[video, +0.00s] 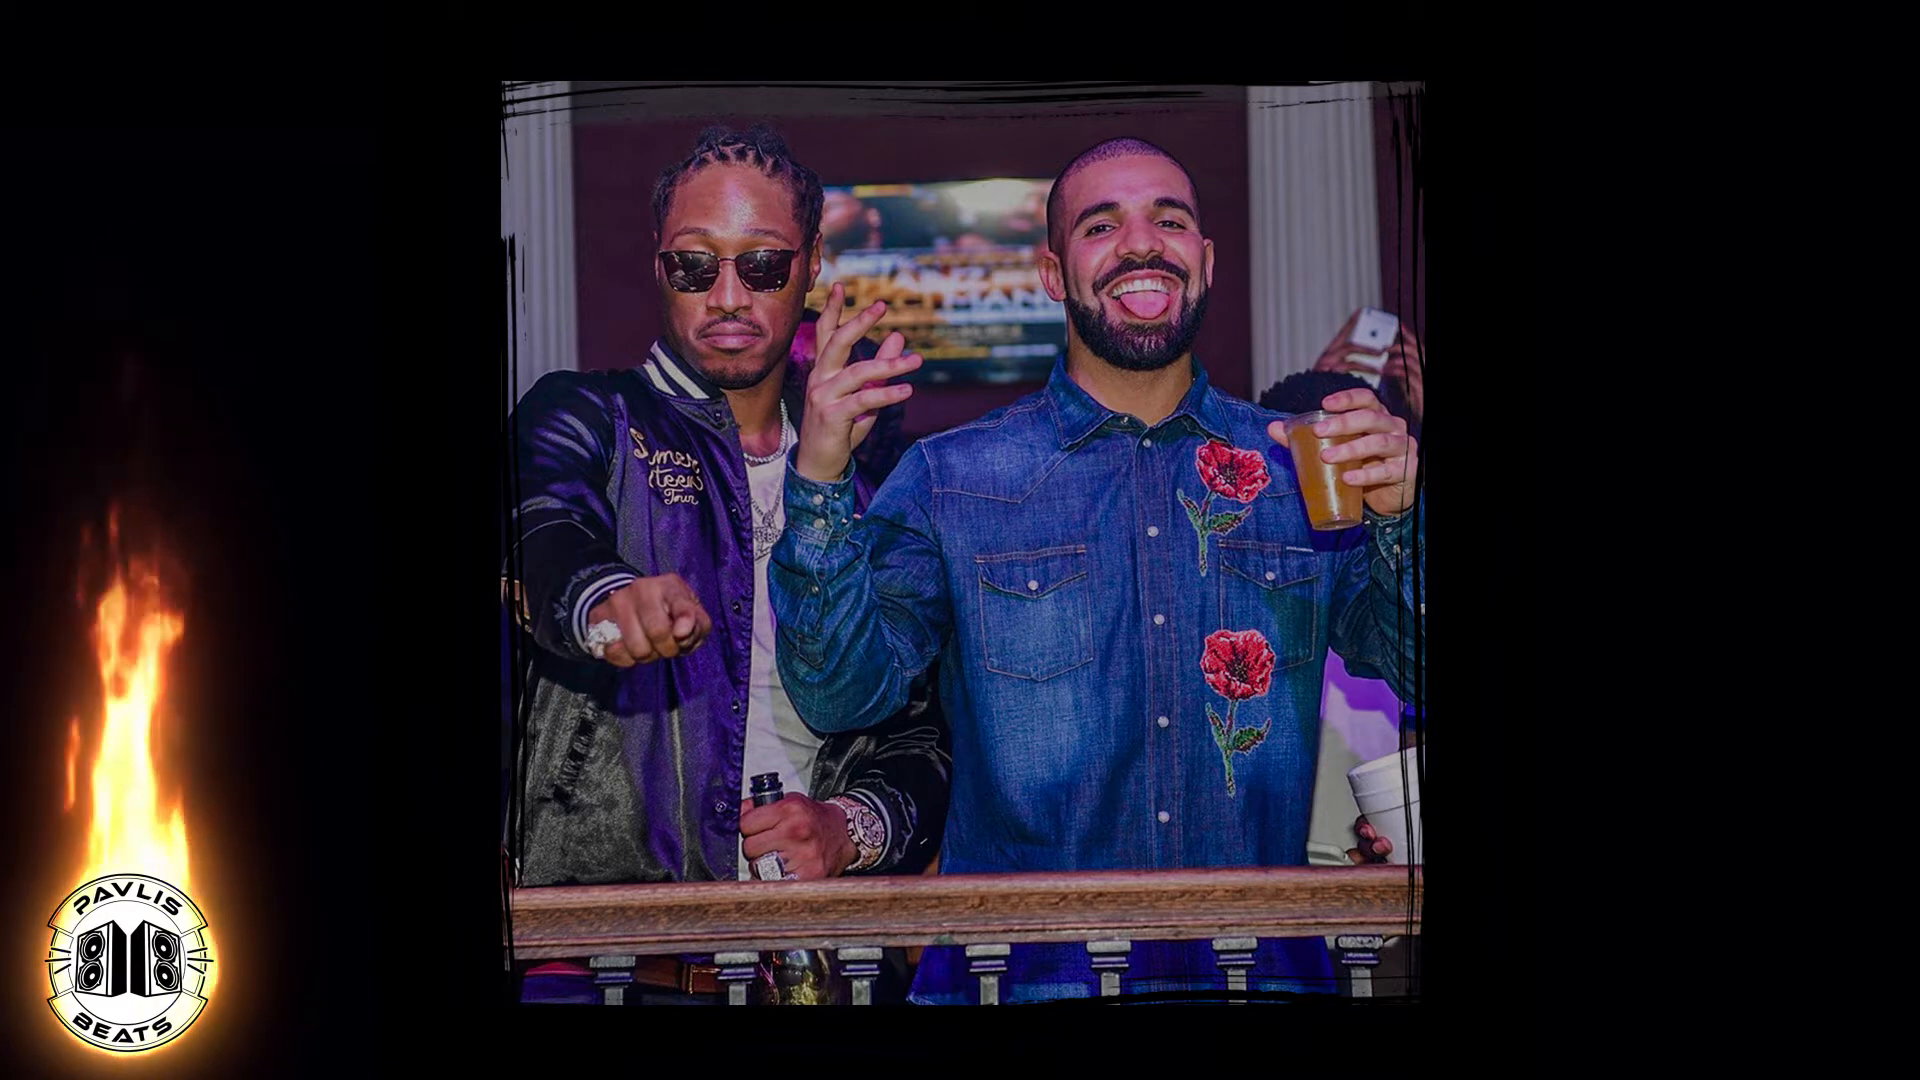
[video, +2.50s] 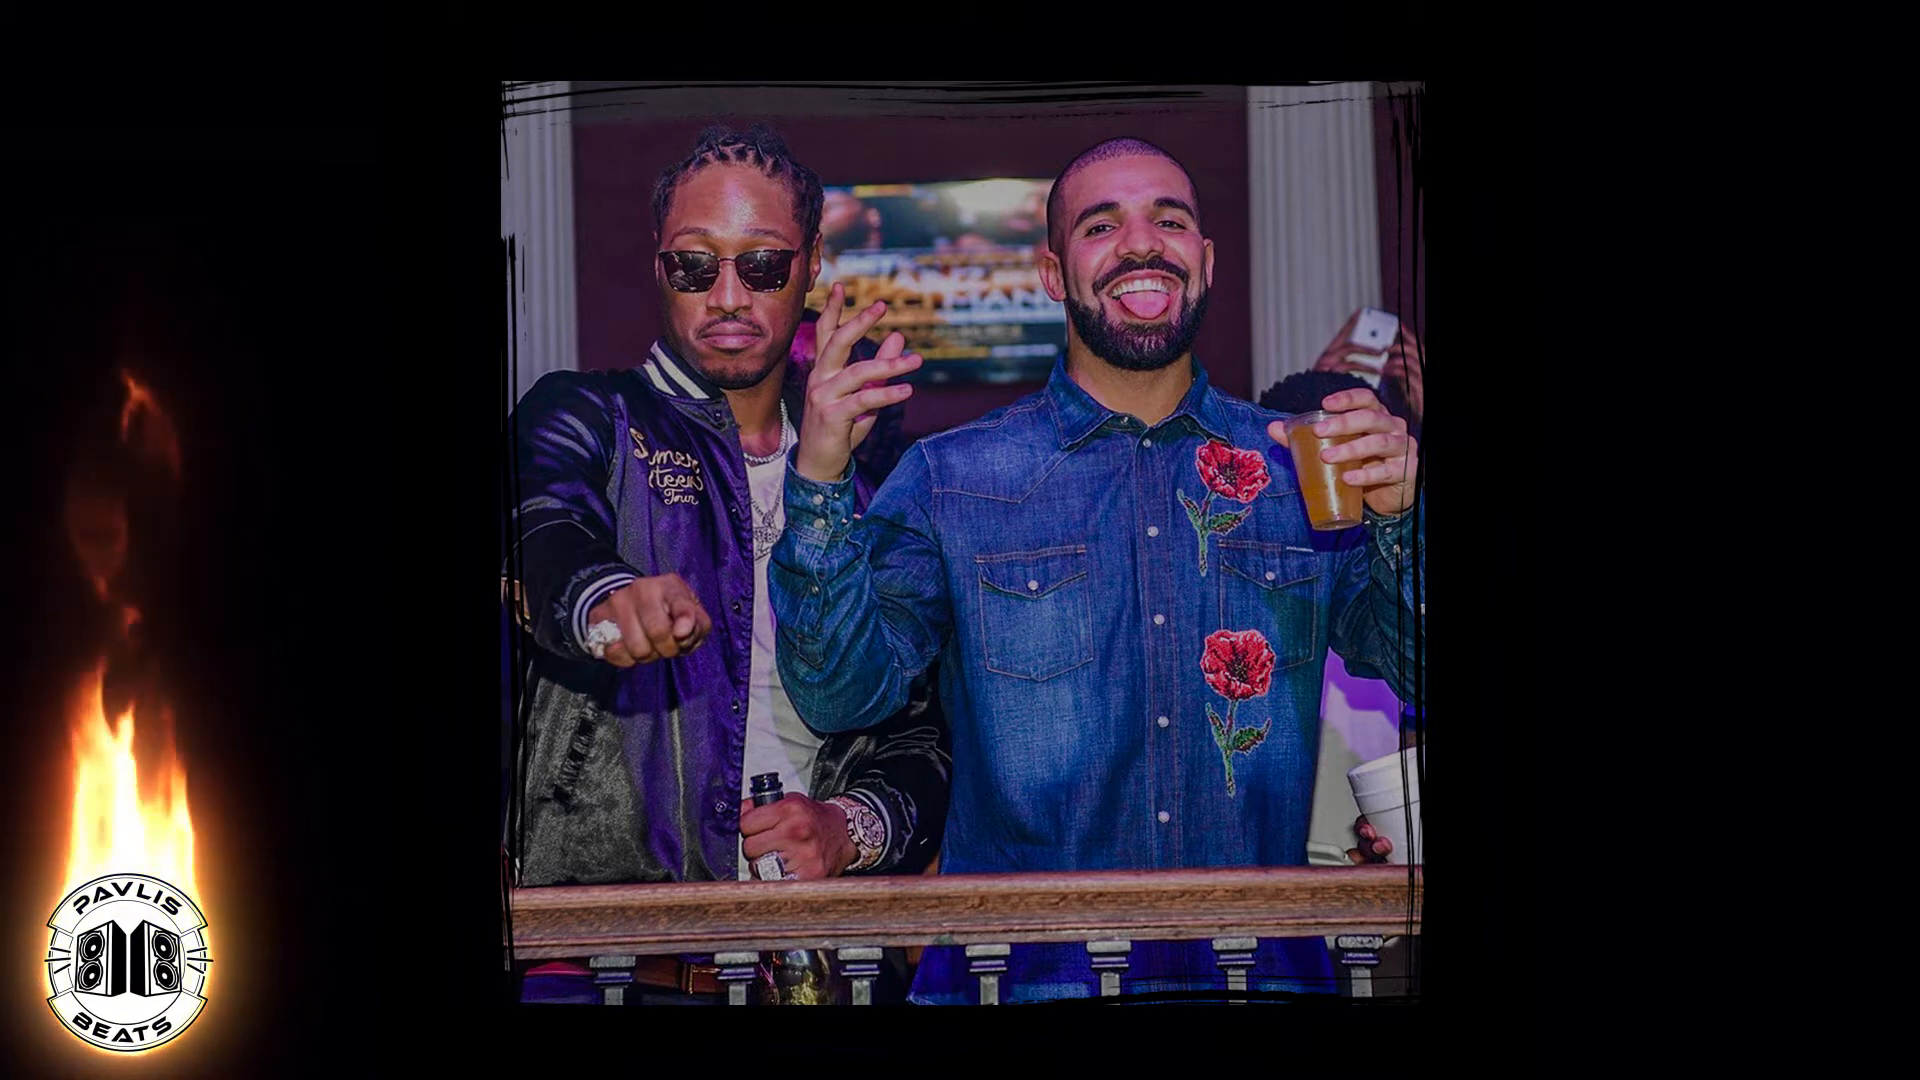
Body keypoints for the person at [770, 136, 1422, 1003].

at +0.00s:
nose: (1142, 242)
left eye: (1170, 219)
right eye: (1102, 225)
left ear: (1207, 259)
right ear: (1055, 273)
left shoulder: (1304, 469)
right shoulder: (945, 478)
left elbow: (1413, 673)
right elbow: (840, 692)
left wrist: (1402, 516)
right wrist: (818, 475)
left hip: (1255, 955)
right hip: (1022, 963)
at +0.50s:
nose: (1142, 242)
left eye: (1170, 219)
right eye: (1102, 225)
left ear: (1207, 259)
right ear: (1055, 273)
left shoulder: (1304, 469)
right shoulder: (945, 478)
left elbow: (1413, 673)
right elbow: (840, 692)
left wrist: (1402, 516)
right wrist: (818, 475)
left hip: (1255, 955)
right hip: (1022, 963)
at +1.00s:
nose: (1142, 242)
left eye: (1170, 219)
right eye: (1102, 225)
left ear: (1207, 259)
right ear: (1055, 273)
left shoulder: (1304, 469)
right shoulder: (945, 478)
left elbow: (1413, 673)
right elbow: (840, 692)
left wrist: (1402, 516)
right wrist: (818, 475)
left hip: (1255, 955)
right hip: (1022, 963)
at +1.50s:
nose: (1142, 242)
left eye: (1170, 219)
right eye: (1102, 225)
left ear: (1207, 259)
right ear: (1055, 273)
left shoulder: (1304, 469)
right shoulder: (945, 478)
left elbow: (1413, 673)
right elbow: (840, 692)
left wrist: (1402, 516)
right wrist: (818, 475)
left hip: (1255, 955)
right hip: (1022, 963)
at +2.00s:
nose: (1142, 242)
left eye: (1170, 219)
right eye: (1102, 225)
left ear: (1207, 259)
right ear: (1055, 273)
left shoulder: (1304, 469)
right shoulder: (945, 478)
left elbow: (1413, 673)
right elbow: (840, 692)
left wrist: (1402, 516)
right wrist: (818, 475)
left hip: (1255, 955)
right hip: (1022, 963)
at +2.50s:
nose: (1142, 242)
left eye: (1170, 219)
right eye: (1102, 225)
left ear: (1207, 259)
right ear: (1055, 273)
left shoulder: (1304, 469)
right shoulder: (945, 478)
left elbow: (1413, 673)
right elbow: (840, 692)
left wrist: (1402, 516)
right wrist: (818, 475)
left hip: (1255, 955)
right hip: (1022, 963)